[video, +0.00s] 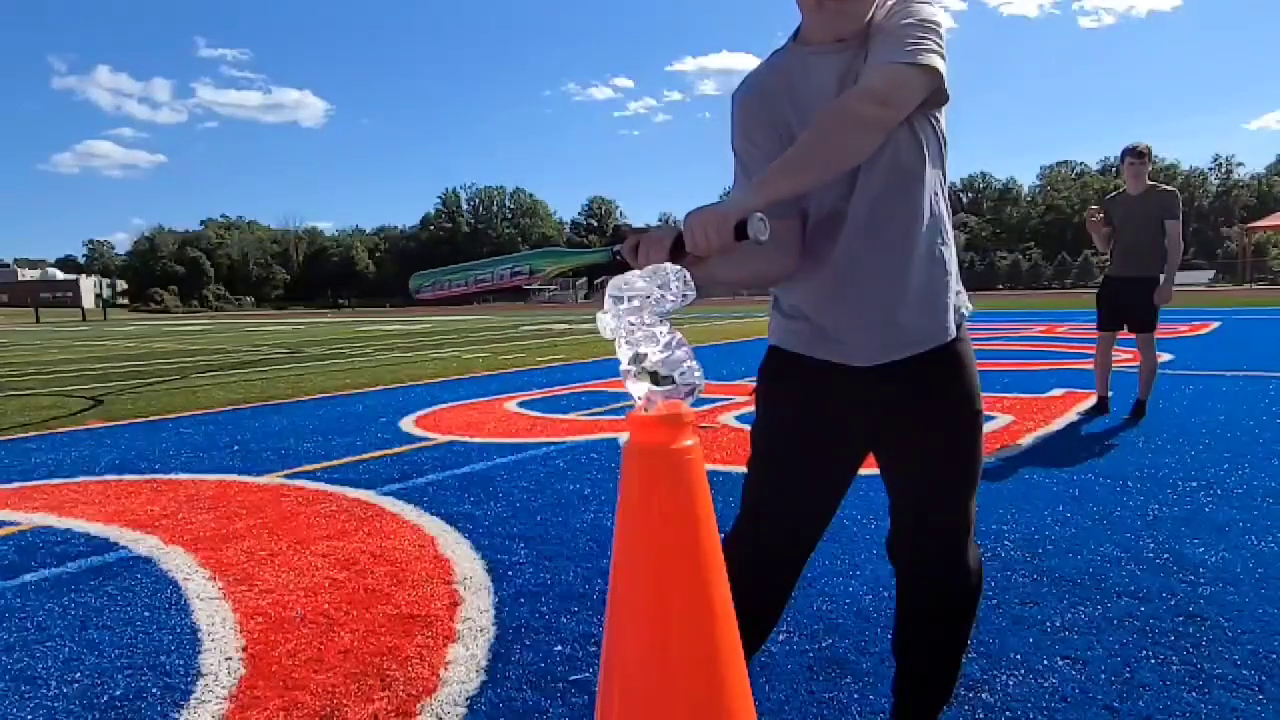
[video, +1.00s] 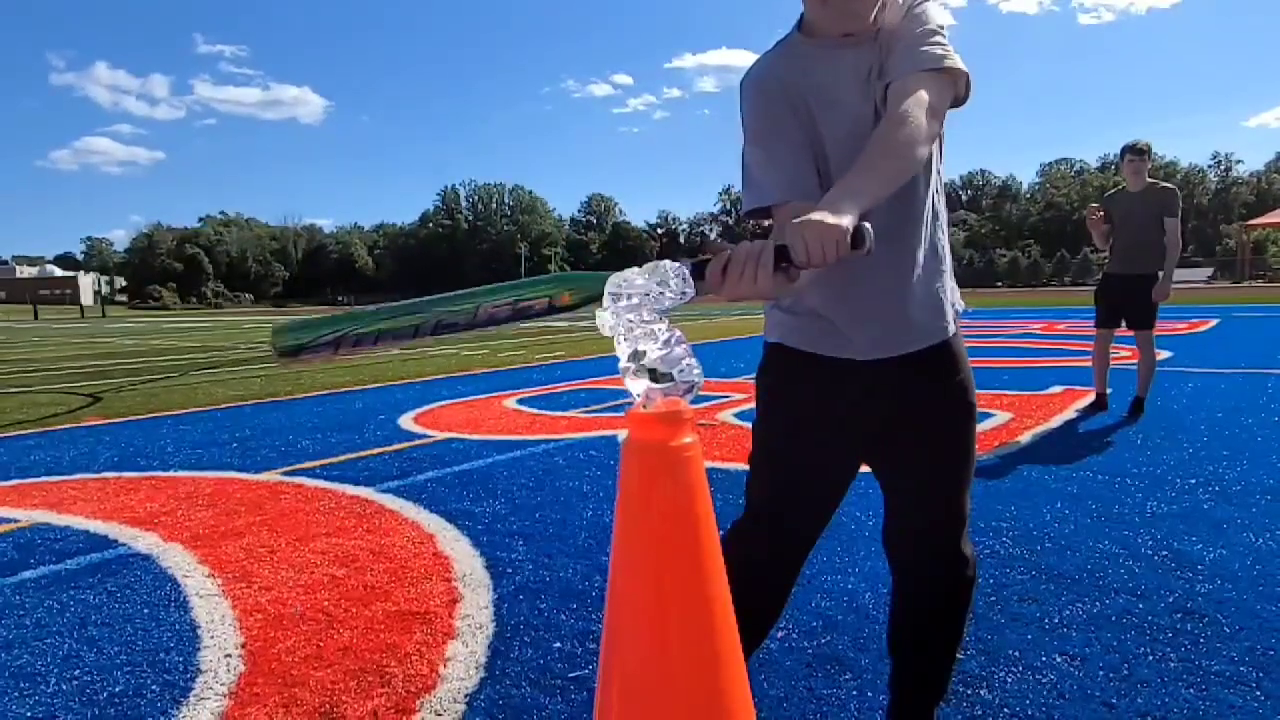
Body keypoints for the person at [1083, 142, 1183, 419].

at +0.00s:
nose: (1136, 166)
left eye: (1141, 161)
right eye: (1130, 162)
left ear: (1149, 165)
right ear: (1122, 167)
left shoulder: (1166, 197)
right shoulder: (1112, 202)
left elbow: (1174, 243)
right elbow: (1103, 246)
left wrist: (1167, 282)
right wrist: (1095, 229)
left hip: (1146, 281)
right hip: (1114, 280)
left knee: (1145, 345)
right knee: (1104, 342)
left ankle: (1141, 401)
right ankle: (1102, 399)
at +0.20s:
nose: (1136, 166)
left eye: (1141, 162)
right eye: (1131, 162)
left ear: (1149, 166)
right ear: (1122, 167)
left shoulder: (1167, 197)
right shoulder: (1113, 202)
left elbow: (1174, 242)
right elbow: (1104, 246)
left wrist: (1167, 282)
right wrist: (1095, 228)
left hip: (1146, 280)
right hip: (1114, 279)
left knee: (1145, 344)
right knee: (1104, 342)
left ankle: (1141, 401)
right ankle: (1102, 398)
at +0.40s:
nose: (1136, 166)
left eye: (1141, 161)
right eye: (1131, 162)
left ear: (1149, 165)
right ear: (1122, 166)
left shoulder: (1167, 196)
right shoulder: (1112, 201)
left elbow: (1174, 242)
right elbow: (1103, 246)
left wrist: (1167, 281)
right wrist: (1095, 228)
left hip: (1146, 279)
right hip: (1114, 279)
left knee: (1145, 344)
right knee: (1104, 342)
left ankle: (1141, 400)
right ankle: (1101, 398)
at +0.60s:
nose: (1136, 166)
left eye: (1142, 161)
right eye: (1131, 161)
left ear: (1149, 165)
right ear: (1122, 165)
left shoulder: (1167, 196)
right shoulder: (1112, 201)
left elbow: (1174, 242)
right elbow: (1103, 245)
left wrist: (1167, 280)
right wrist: (1096, 228)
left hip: (1146, 279)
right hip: (1114, 279)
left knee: (1145, 343)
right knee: (1103, 340)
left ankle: (1141, 400)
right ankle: (1101, 397)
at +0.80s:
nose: (1136, 165)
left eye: (1141, 160)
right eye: (1131, 160)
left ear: (1149, 164)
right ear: (1122, 165)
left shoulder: (1167, 195)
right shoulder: (1112, 200)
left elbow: (1174, 242)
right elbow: (1103, 244)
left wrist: (1166, 280)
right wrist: (1095, 227)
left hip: (1145, 278)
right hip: (1113, 278)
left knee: (1145, 342)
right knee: (1103, 340)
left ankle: (1140, 399)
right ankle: (1101, 396)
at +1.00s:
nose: (1136, 165)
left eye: (1141, 160)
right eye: (1131, 160)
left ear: (1149, 163)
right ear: (1122, 165)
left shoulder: (1166, 194)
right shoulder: (1112, 199)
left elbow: (1173, 240)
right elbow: (1102, 244)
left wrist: (1166, 279)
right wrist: (1095, 227)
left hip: (1145, 278)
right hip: (1113, 277)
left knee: (1144, 342)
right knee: (1102, 338)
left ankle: (1139, 400)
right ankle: (1100, 396)